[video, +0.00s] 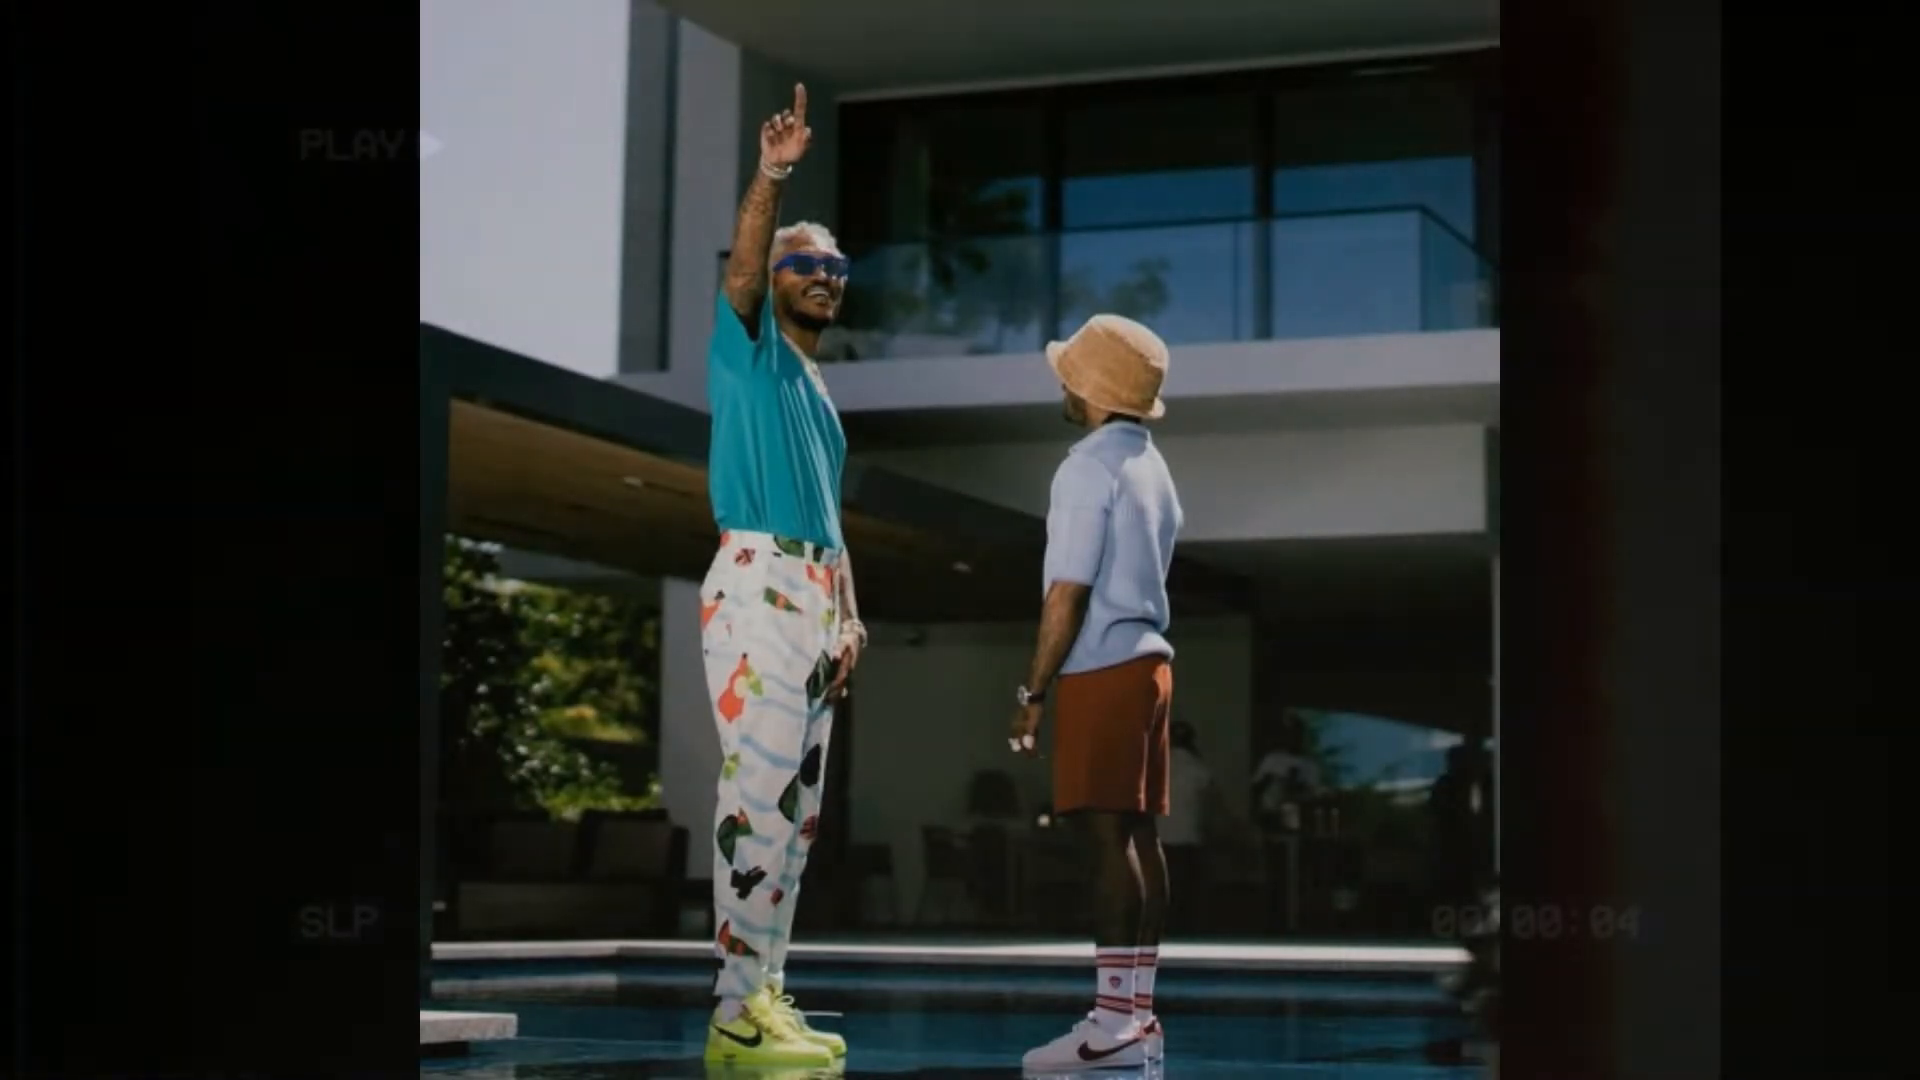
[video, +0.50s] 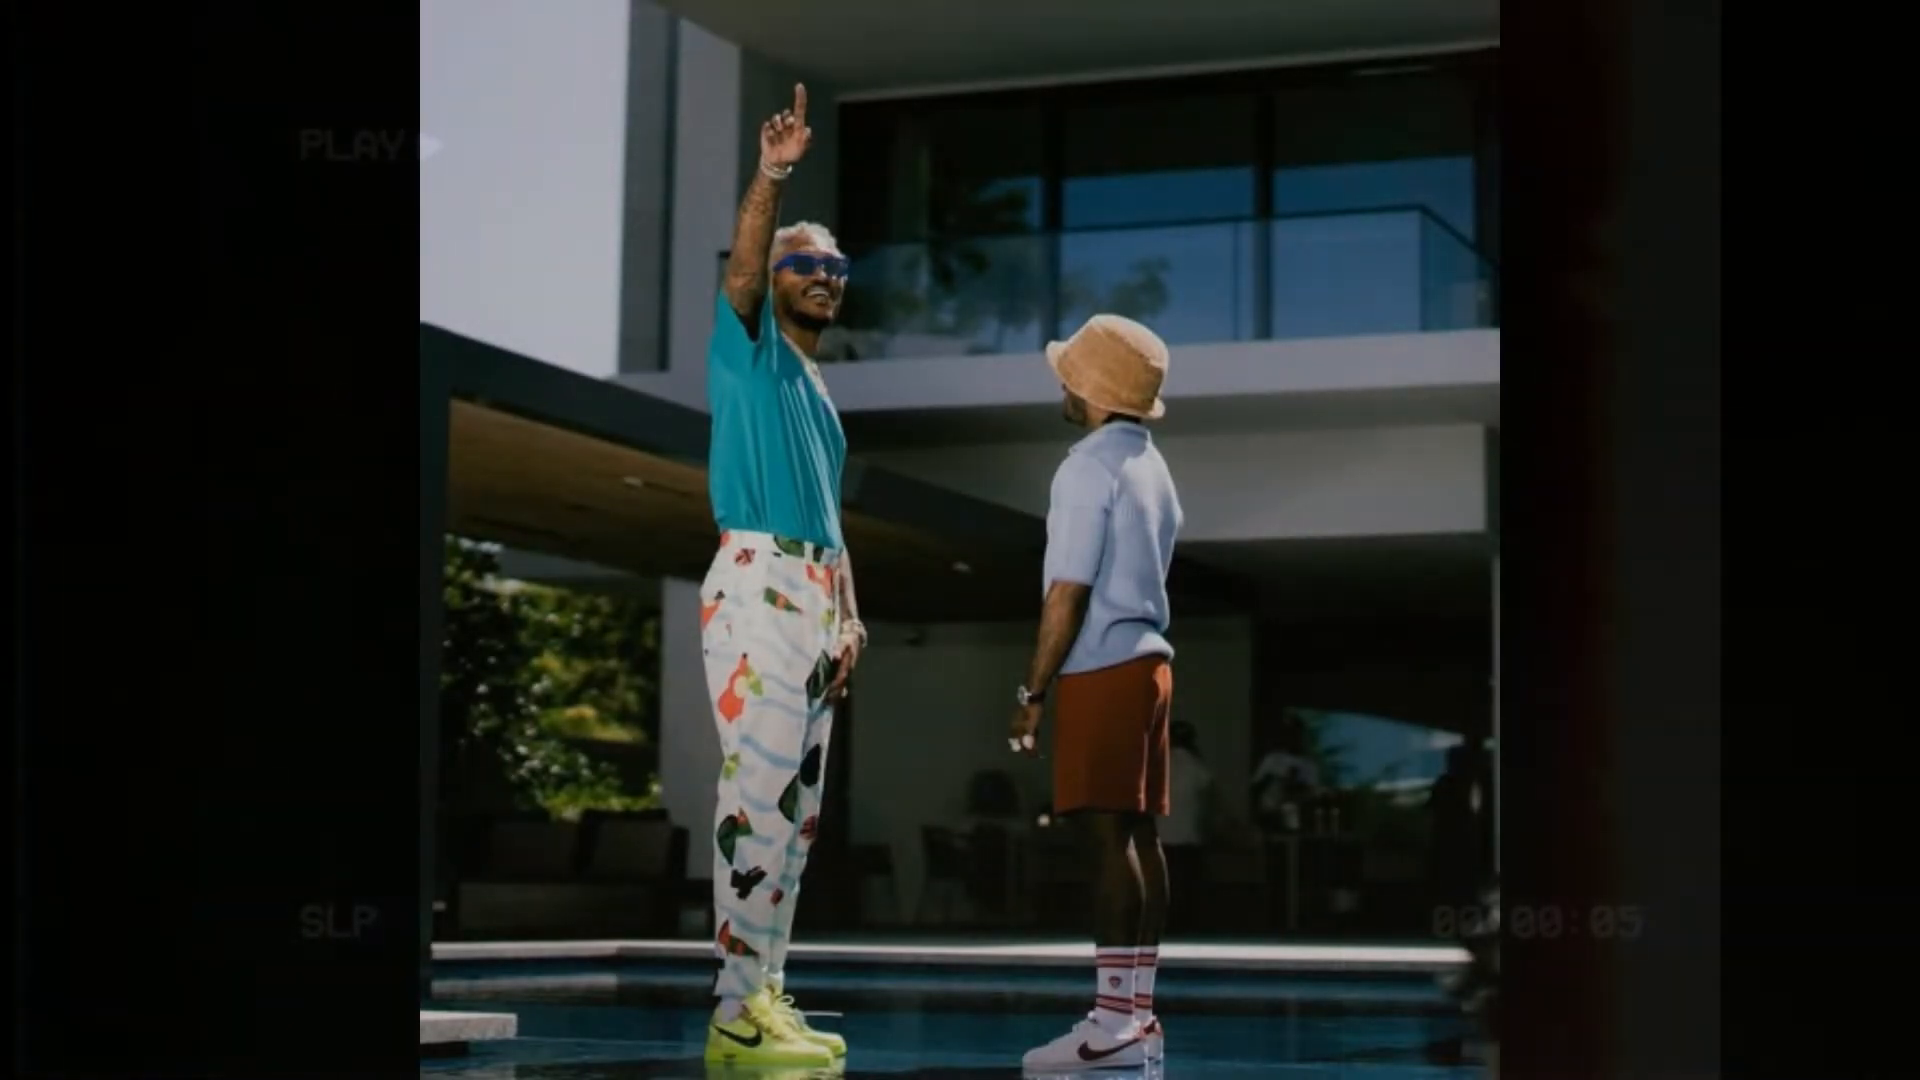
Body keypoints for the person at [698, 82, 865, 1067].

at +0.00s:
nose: (823, 281)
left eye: (834, 272)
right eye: (805, 267)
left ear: (842, 292)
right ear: (770, 278)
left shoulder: (820, 396)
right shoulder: (745, 344)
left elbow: (827, 522)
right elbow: (744, 267)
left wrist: (848, 613)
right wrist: (770, 173)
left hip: (814, 591)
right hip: (756, 582)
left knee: (793, 798)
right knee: (759, 792)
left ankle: (760, 1000)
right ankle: (745, 1006)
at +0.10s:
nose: (823, 282)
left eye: (834, 273)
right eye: (805, 267)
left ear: (842, 292)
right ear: (770, 279)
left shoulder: (819, 396)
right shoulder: (744, 344)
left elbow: (827, 521)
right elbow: (744, 268)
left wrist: (847, 612)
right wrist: (770, 173)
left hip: (814, 590)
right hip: (756, 582)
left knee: (793, 798)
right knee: (759, 792)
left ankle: (759, 1001)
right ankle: (746, 1006)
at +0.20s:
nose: (823, 283)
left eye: (834, 273)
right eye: (806, 268)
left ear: (841, 292)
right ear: (770, 278)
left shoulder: (818, 394)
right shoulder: (744, 344)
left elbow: (827, 521)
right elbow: (744, 268)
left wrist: (847, 613)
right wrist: (770, 173)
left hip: (813, 590)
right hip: (756, 582)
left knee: (793, 798)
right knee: (759, 792)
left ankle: (758, 1001)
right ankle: (746, 1006)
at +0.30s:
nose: (823, 283)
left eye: (834, 273)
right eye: (806, 268)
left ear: (841, 292)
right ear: (770, 278)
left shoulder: (818, 395)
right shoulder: (744, 344)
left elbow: (827, 521)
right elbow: (744, 268)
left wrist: (846, 613)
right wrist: (770, 173)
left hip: (813, 590)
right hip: (756, 582)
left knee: (793, 798)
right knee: (759, 792)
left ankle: (758, 1001)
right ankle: (746, 1006)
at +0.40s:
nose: (823, 283)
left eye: (834, 274)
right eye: (806, 268)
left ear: (841, 292)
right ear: (770, 278)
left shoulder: (818, 394)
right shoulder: (744, 343)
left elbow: (827, 520)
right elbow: (744, 268)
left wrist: (847, 613)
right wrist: (770, 174)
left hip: (814, 589)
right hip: (756, 581)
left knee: (794, 797)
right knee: (758, 792)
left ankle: (759, 1001)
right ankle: (745, 1006)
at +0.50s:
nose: (823, 282)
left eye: (834, 273)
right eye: (805, 268)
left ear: (842, 292)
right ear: (770, 279)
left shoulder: (819, 396)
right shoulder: (744, 344)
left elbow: (827, 521)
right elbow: (744, 268)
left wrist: (847, 613)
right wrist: (770, 173)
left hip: (814, 590)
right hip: (756, 581)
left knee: (794, 797)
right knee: (758, 791)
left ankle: (758, 1003)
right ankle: (746, 1006)